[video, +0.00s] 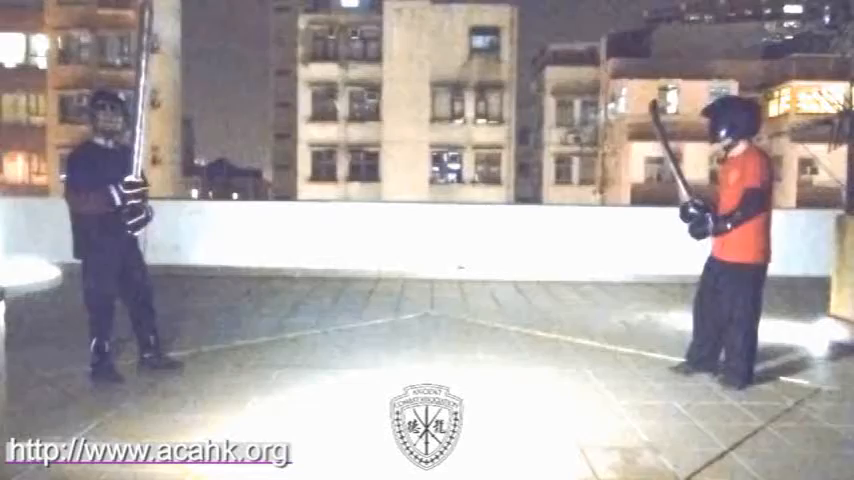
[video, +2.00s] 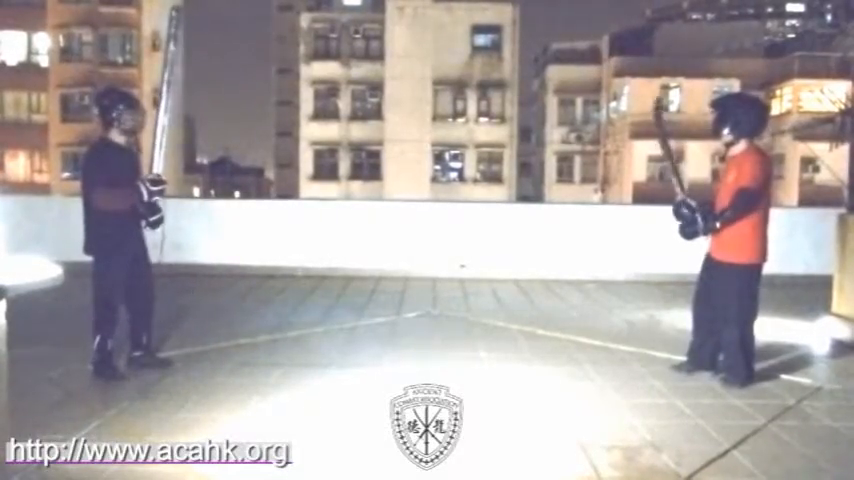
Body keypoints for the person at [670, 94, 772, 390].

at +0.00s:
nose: (712, 131)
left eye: (717, 124)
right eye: (713, 125)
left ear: (733, 127)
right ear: (729, 127)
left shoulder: (754, 160)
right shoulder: (727, 160)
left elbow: (754, 202)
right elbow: (726, 202)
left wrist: (720, 224)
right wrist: (704, 209)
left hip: (747, 255)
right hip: (722, 251)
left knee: (740, 315)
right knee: (708, 306)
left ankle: (737, 371)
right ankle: (701, 358)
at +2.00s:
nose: (718, 128)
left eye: (722, 121)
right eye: (719, 121)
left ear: (737, 125)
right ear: (738, 125)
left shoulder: (753, 160)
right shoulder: (731, 159)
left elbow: (746, 200)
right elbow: (726, 202)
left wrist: (713, 222)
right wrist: (702, 213)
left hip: (743, 253)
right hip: (721, 249)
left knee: (736, 313)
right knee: (705, 305)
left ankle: (737, 369)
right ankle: (701, 357)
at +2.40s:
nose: (713, 127)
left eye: (719, 122)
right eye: (715, 122)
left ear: (733, 126)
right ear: (731, 126)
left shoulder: (749, 163)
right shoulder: (724, 161)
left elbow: (741, 207)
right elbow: (719, 203)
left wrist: (711, 231)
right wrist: (701, 216)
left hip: (741, 255)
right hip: (718, 251)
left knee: (734, 315)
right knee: (706, 308)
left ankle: (735, 371)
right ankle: (700, 359)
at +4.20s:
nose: (701, 192)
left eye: (703, 185)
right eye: (699, 186)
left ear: (717, 180)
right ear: (714, 182)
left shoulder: (749, 205)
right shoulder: (719, 213)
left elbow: (745, 247)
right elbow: (717, 256)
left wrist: (719, 284)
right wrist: (706, 288)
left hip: (751, 300)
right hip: (725, 298)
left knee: (748, 361)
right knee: (714, 354)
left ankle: (746, 419)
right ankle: (708, 407)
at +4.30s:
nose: (702, 194)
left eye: (704, 186)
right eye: (700, 188)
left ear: (719, 182)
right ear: (714, 184)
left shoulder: (750, 208)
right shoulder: (720, 214)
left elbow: (746, 250)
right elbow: (717, 258)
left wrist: (720, 287)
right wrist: (706, 290)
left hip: (751, 303)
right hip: (725, 301)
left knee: (748, 365)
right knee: (714, 358)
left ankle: (746, 422)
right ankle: (708, 410)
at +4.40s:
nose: (702, 194)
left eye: (704, 186)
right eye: (700, 188)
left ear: (719, 182)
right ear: (718, 183)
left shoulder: (750, 208)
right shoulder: (719, 214)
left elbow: (746, 251)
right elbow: (718, 257)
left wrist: (720, 288)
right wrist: (706, 290)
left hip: (751, 303)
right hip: (726, 301)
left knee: (748, 365)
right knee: (714, 357)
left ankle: (745, 422)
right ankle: (708, 410)